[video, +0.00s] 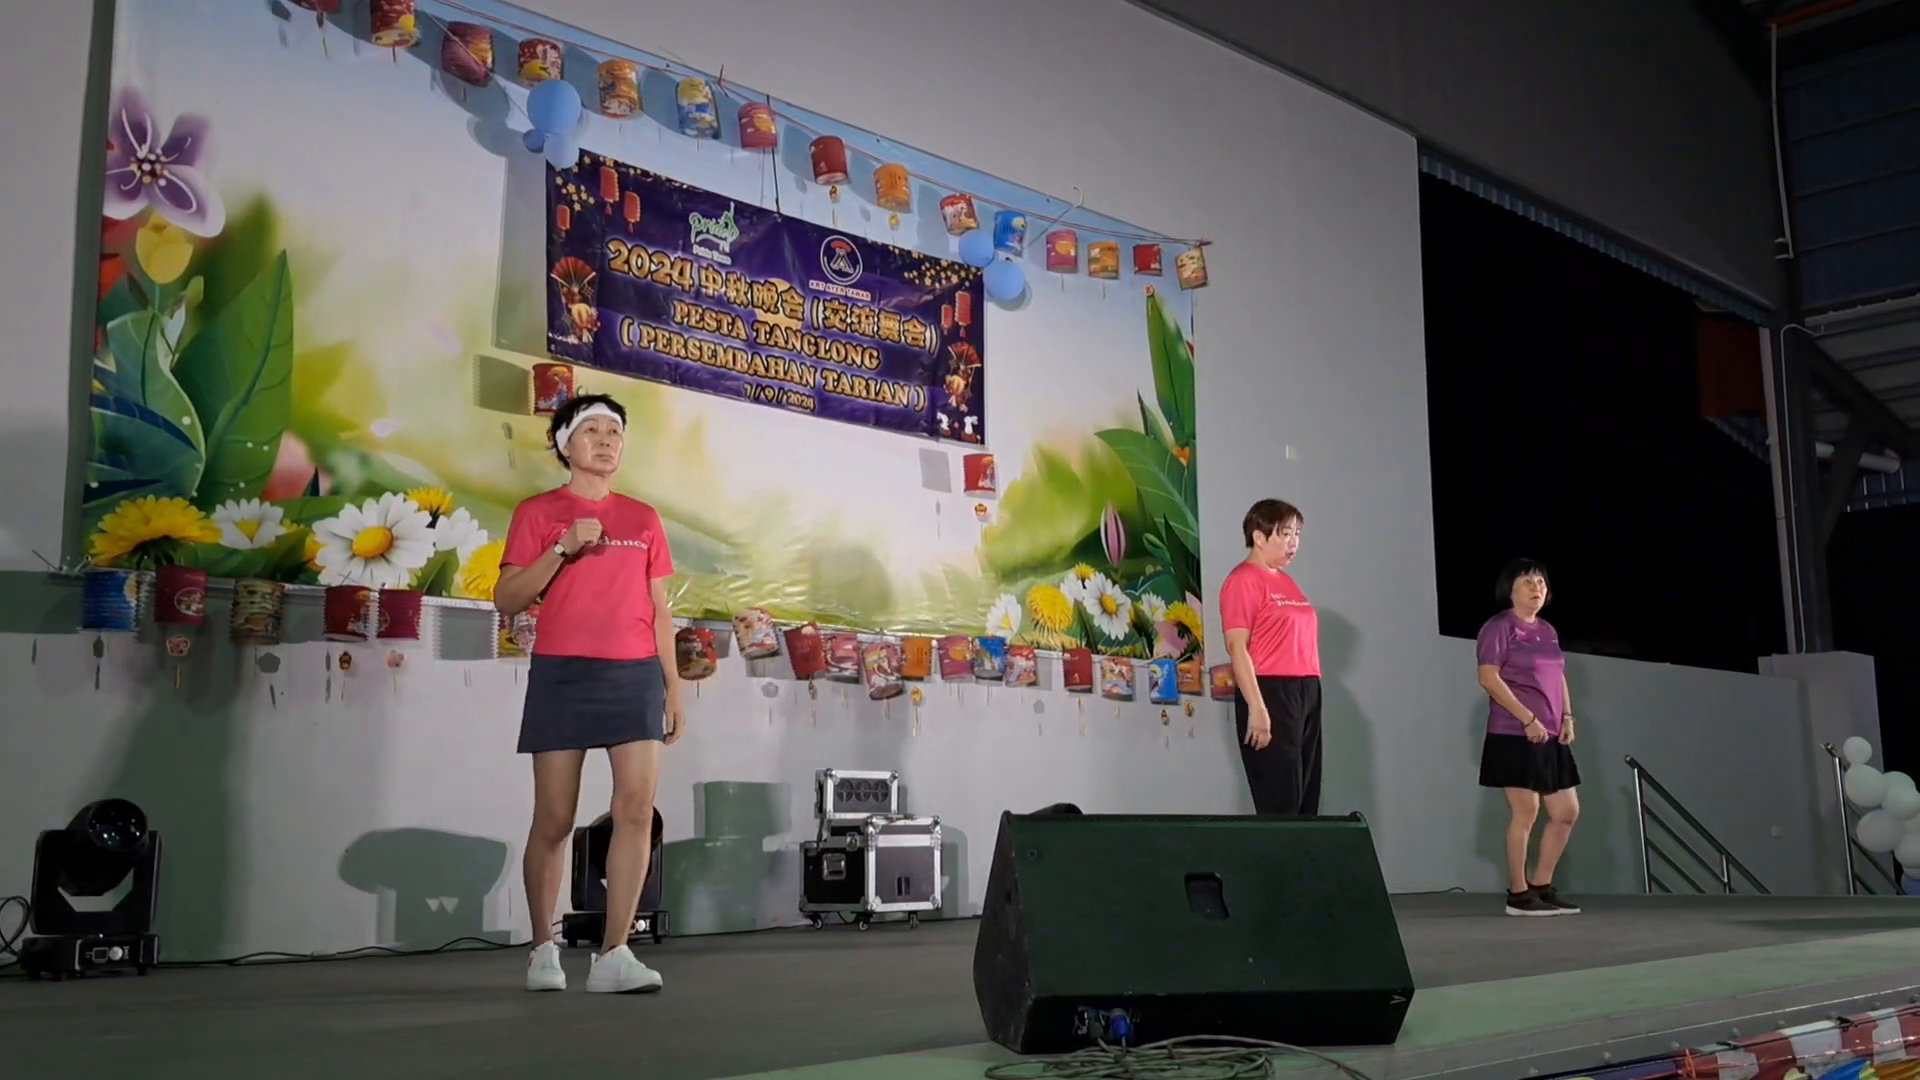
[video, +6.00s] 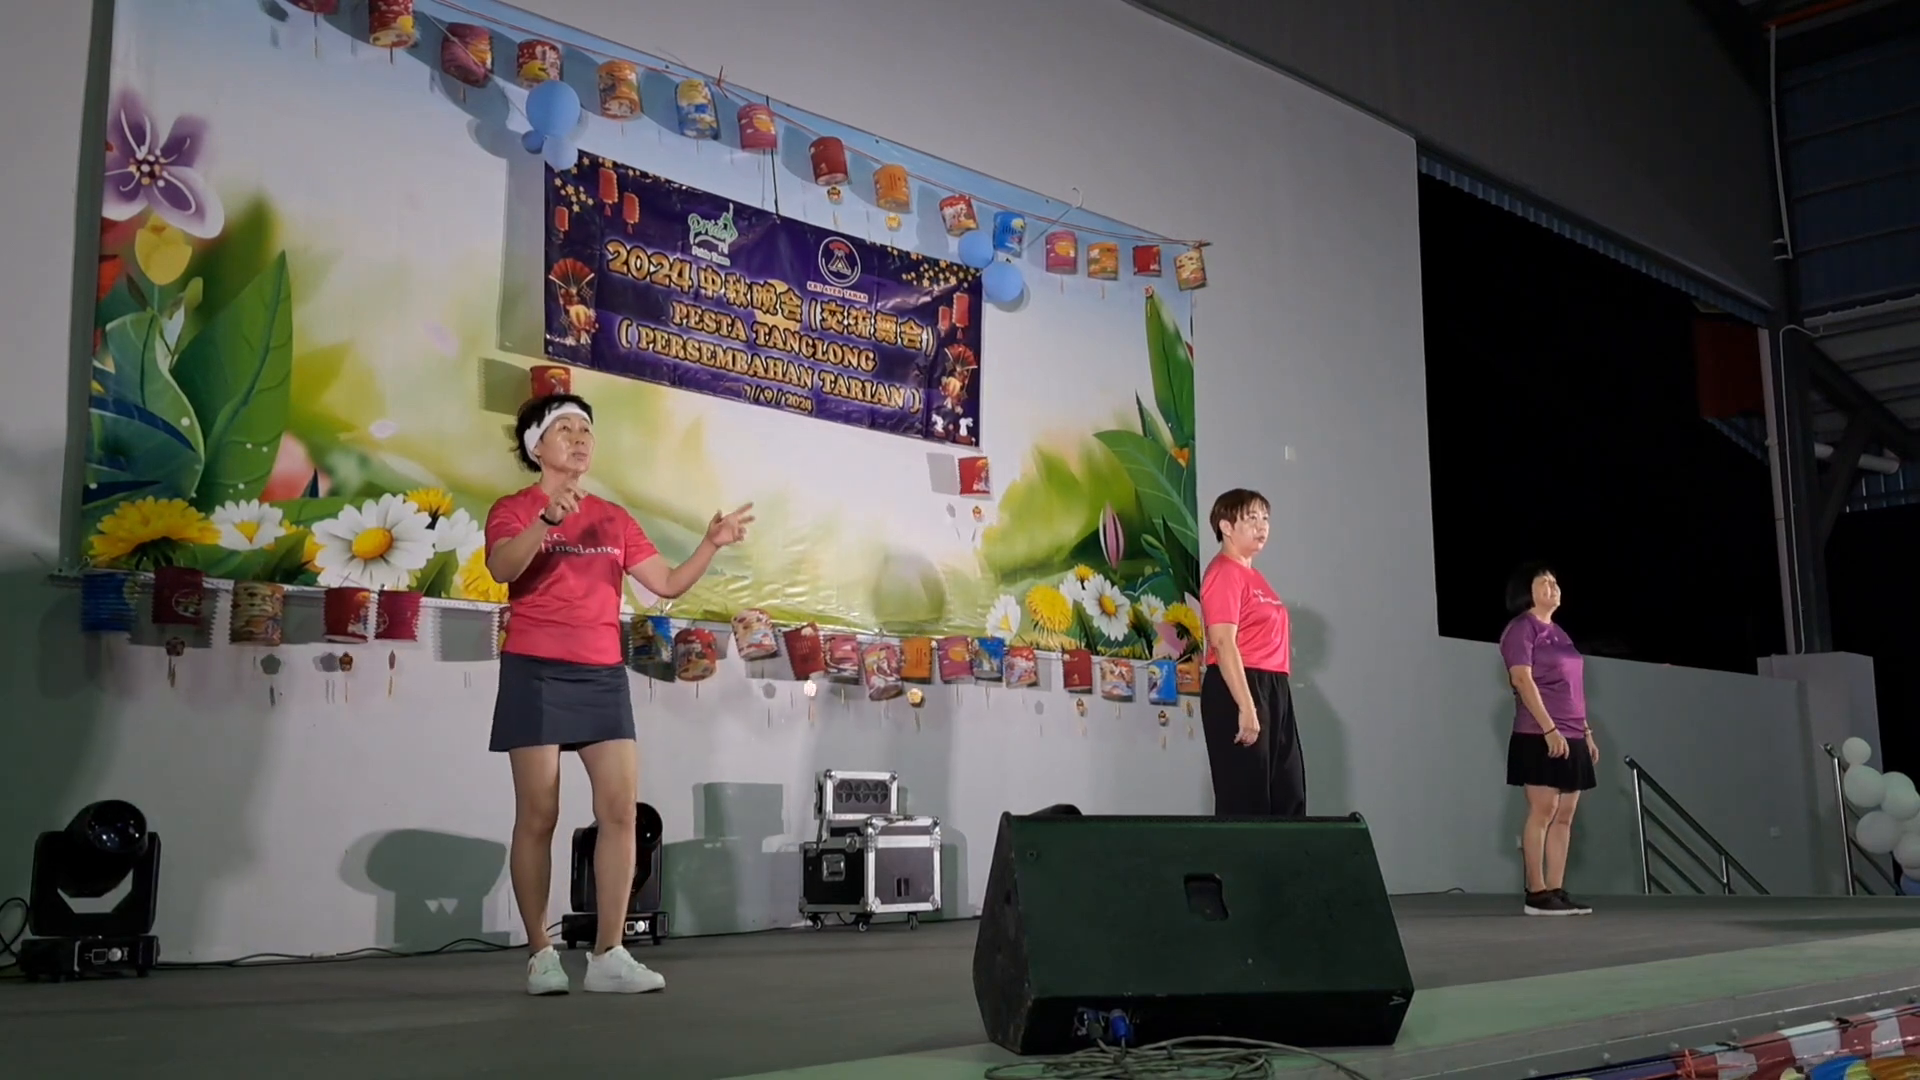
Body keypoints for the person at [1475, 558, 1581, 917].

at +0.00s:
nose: (1536, 588)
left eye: (1541, 582)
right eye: (1527, 583)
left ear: (1546, 590)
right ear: (1511, 590)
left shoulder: (1548, 631)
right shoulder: (1498, 627)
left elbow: (1559, 676)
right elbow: (1488, 678)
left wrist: (1567, 715)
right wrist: (1528, 719)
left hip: (1550, 736)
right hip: (1513, 736)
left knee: (1566, 811)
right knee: (1525, 811)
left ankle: (1541, 888)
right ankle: (1518, 893)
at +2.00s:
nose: (1530, 596)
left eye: (1535, 590)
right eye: (1522, 589)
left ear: (1540, 595)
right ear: (1504, 594)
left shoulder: (1551, 632)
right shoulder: (1485, 633)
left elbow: (1580, 670)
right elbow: (1457, 674)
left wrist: (1613, 660)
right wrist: (1430, 708)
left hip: (1552, 735)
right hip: (1504, 738)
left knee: (1591, 800)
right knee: (1506, 813)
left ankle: (1573, 881)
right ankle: (1506, 890)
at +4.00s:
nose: (1556, 589)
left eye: (1557, 583)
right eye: (1548, 583)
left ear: (1558, 592)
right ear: (1530, 591)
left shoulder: (1562, 635)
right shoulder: (1518, 632)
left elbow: (1575, 687)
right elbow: (1516, 687)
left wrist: (1596, 728)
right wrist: (1533, 736)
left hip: (1567, 740)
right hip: (1529, 738)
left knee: (1589, 811)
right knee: (1534, 810)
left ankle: (1560, 886)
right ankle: (1540, 892)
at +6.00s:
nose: (1552, 588)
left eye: (1554, 583)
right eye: (1543, 583)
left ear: (1558, 592)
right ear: (1527, 592)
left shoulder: (1559, 633)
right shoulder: (1521, 628)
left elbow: (1570, 688)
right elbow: (1522, 681)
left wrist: (1586, 733)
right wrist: (1550, 729)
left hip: (1571, 737)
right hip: (1537, 735)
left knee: (1564, 814)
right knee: (1542, 810)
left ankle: (1555, 891)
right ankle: (1536, 892)